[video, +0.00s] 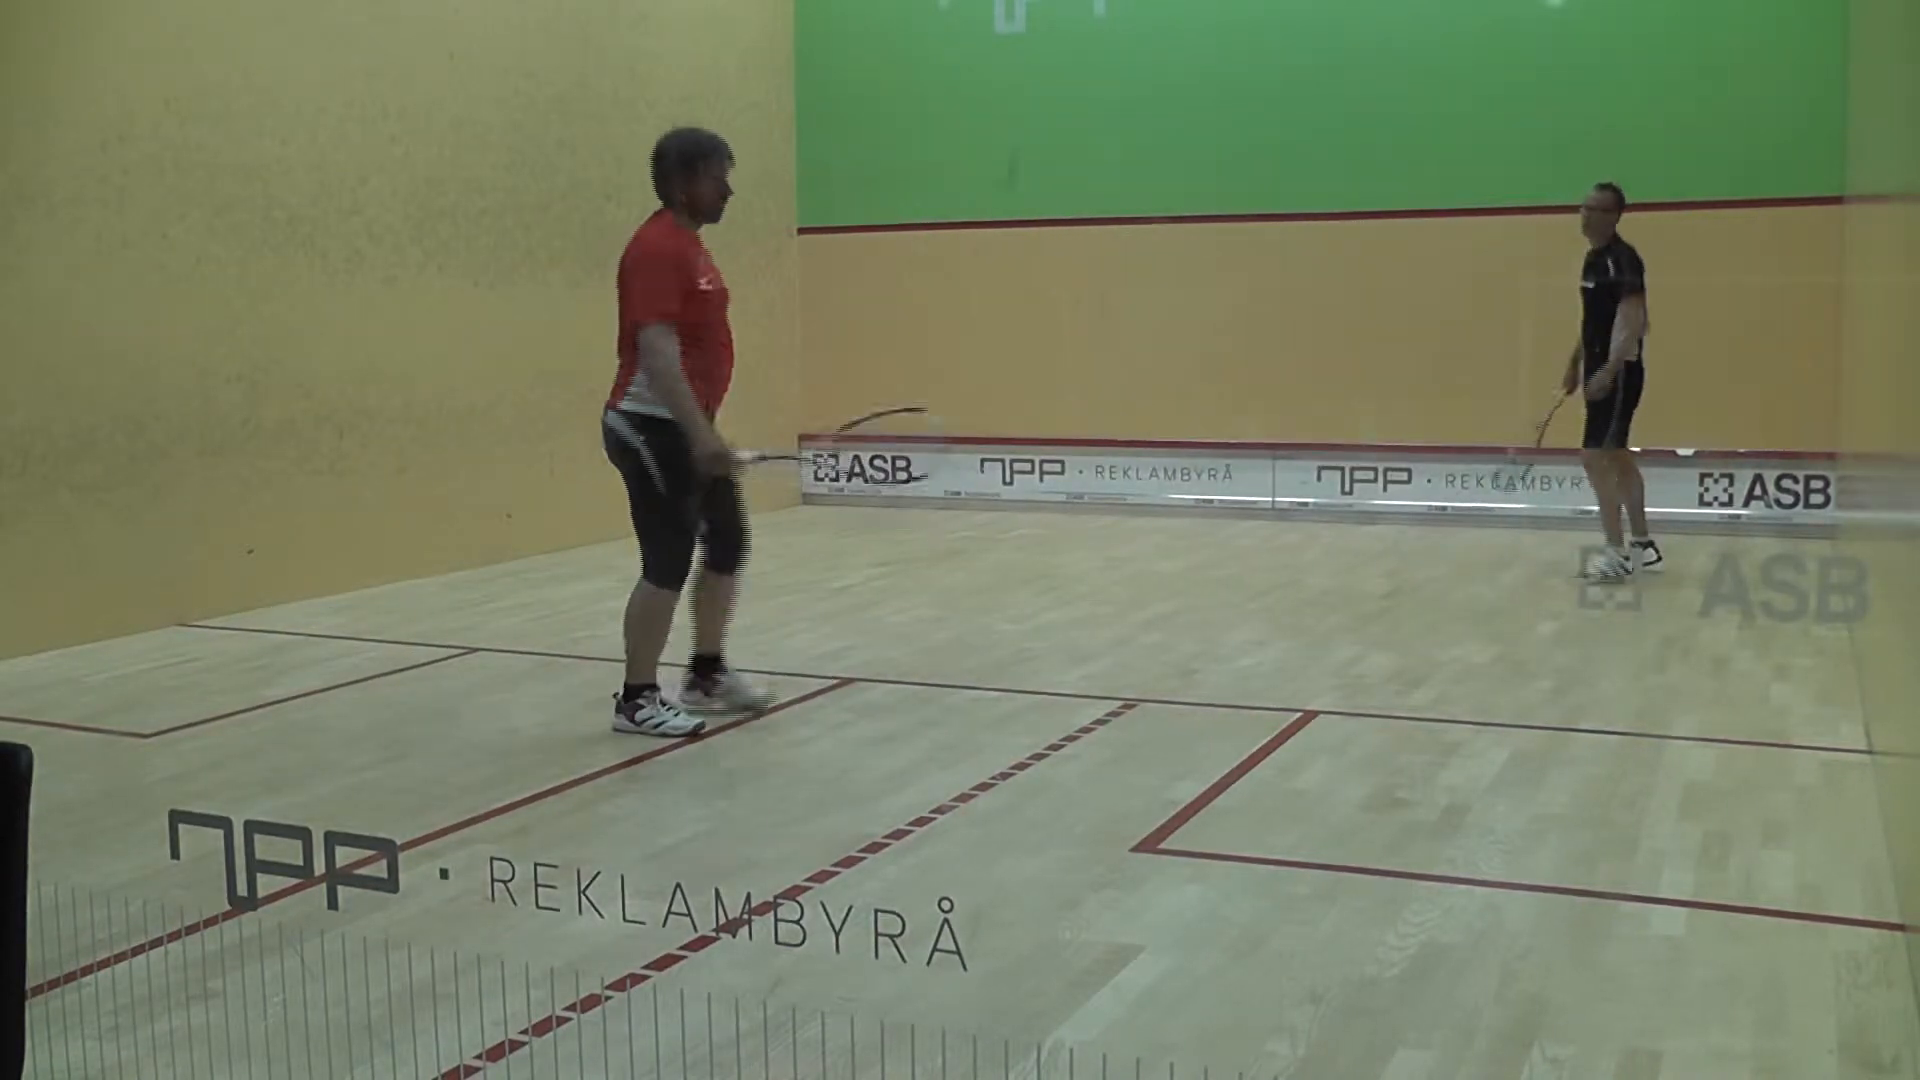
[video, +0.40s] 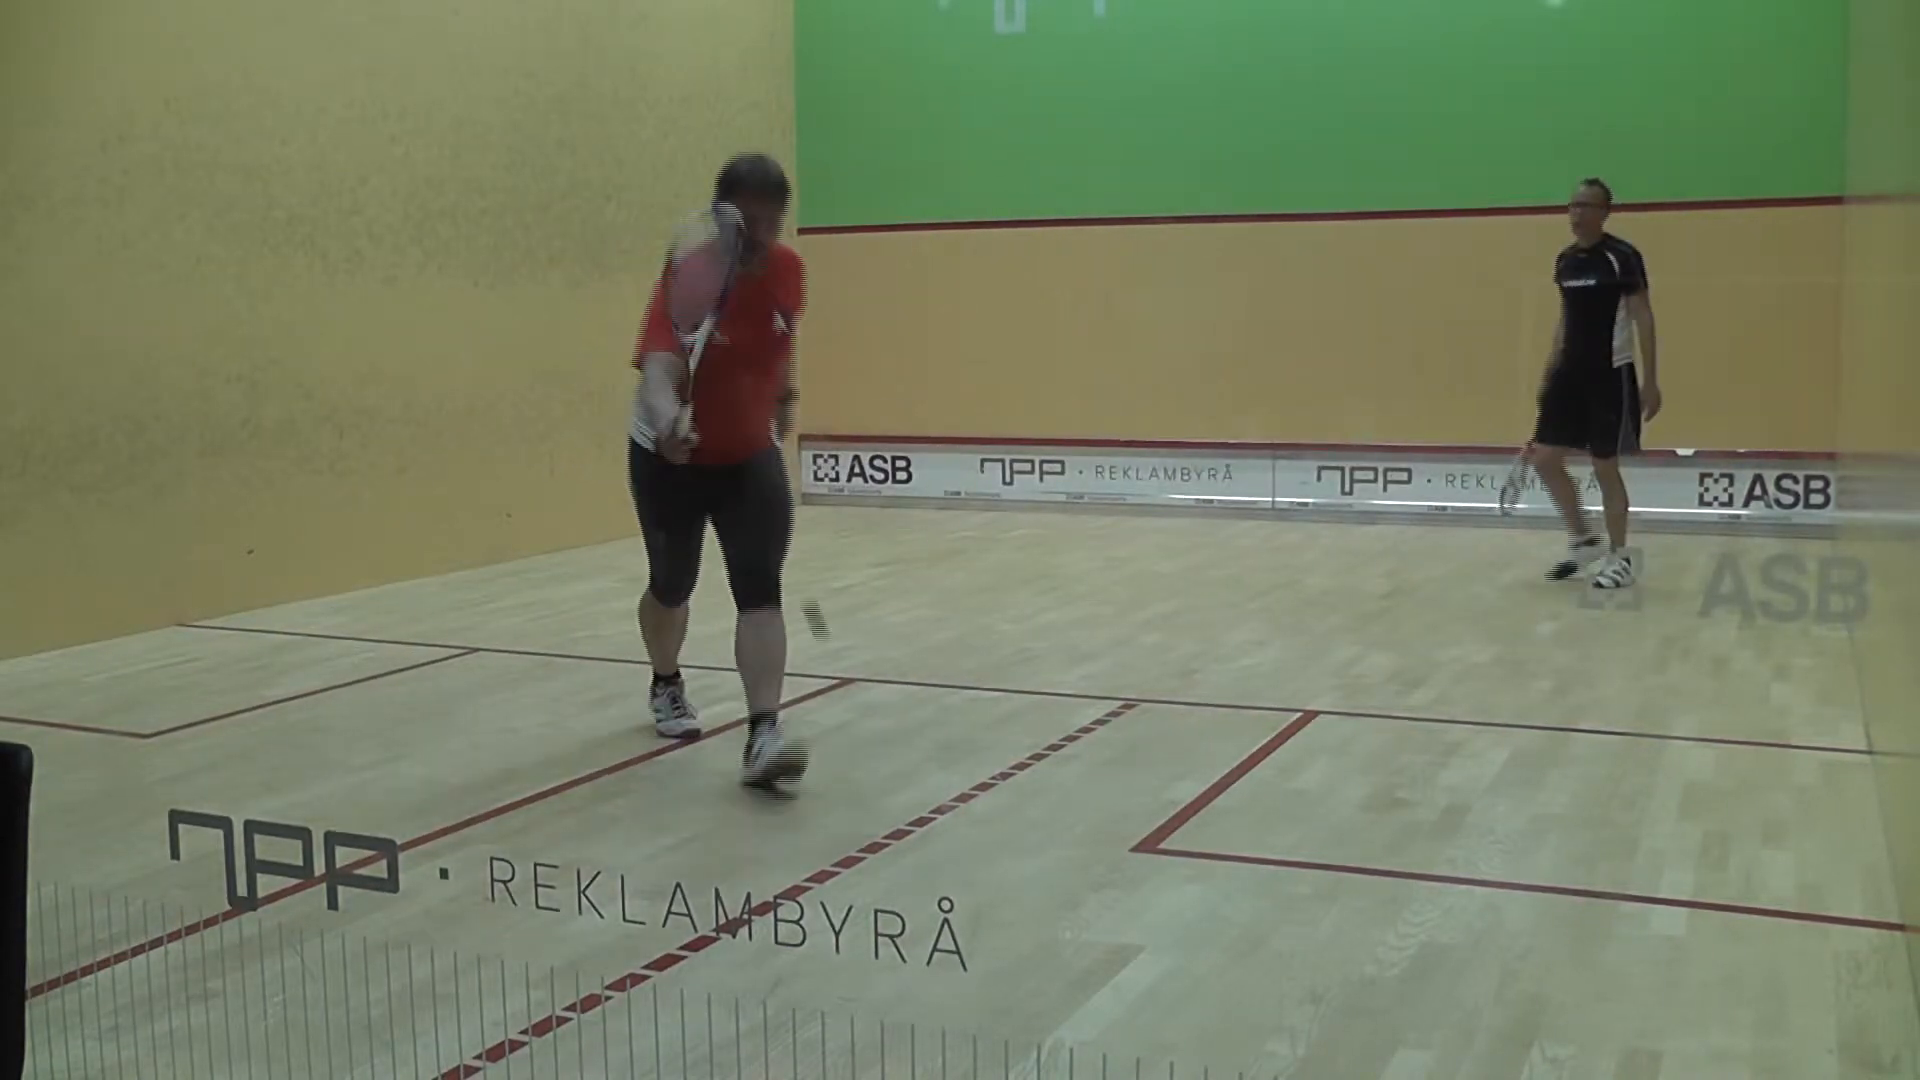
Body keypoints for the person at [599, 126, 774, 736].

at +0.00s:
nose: (729, 190)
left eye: (729, 178)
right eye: (720, 178)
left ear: (690, 184)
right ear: (683, 181)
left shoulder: (686, 242)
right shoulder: (656, 248)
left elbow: (682, 345)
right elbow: (657, 356)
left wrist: (703, 427)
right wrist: (700, 432)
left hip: (684, 420)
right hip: (645, 423)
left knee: (727, 539)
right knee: (669, 554)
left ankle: (706, 675)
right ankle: (638, 698)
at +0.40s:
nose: (760, 229)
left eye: (771, 216)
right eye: (748, 215)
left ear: (784, 214)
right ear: (722, 210)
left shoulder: (786, 270)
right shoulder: (689, 272)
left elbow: (782, 343)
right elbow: (656, 356)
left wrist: (784, 397)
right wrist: (667, 417)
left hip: (748, 455)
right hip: (672, 457)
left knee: (761, 592)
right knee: (671, 585)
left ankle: (764, 734)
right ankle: (666, 684)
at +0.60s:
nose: (793, 254)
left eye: (806, 241)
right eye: (780, 239)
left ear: (825, 236)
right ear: (757, 230)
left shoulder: (832, 287)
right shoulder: (727, 295)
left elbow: (846, 364)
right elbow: (706, 395)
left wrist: (868, 433)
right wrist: (704, 478)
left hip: (786, 458)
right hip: (708, 458)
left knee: (800, 598)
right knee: (701, 590)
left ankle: (766, 747)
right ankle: (682, 660)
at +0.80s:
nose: (826, 203)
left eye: (841, 187)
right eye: (812, 186)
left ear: (860, 185)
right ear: (788, 179)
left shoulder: (874, 247)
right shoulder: (740, 266)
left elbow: (907, 328)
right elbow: (698, 386)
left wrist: (932, 394)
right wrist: (676, 495)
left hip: (826, 454)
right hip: (743, 454)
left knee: (817, 607)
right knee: (754, 604)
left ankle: (770, 741)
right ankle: (726, 747)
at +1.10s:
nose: (877, 159)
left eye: (893, 142)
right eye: (860, 142)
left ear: (914, 148)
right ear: (832, 148)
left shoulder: (945, 224)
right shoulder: (800, 249)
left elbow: (990, 296)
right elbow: (725, 348)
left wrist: (934, 280)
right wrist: (665, 444)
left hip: (914, 469)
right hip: (825, 462)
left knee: (905, 653)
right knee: (842, 647)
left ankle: (799, 709)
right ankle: (824, 824)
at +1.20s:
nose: (899, 137)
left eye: (915, 120)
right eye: (884, 120)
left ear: (940, 128)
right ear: (858, 128)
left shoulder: (971, 214)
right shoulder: (819, 239)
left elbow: (1020, 305)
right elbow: (751, 356)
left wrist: (967, 348)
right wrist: (711, 465)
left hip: (939, 464)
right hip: (845, 458)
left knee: (961, 642)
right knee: (849, 639)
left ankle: (858, 717)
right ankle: (827, 820)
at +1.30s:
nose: (961, 113)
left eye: (974, 97)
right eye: (944, 98)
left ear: (994, 106)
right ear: (913, 106)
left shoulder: (1026, 208)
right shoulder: (872, 212)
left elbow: (1066, 324)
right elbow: (827, 338)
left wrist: (1062, 425)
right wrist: (819, 445)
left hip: (989, 455)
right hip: (887, 452)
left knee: (1050, 618)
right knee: (869, 631)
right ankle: (834, 818)